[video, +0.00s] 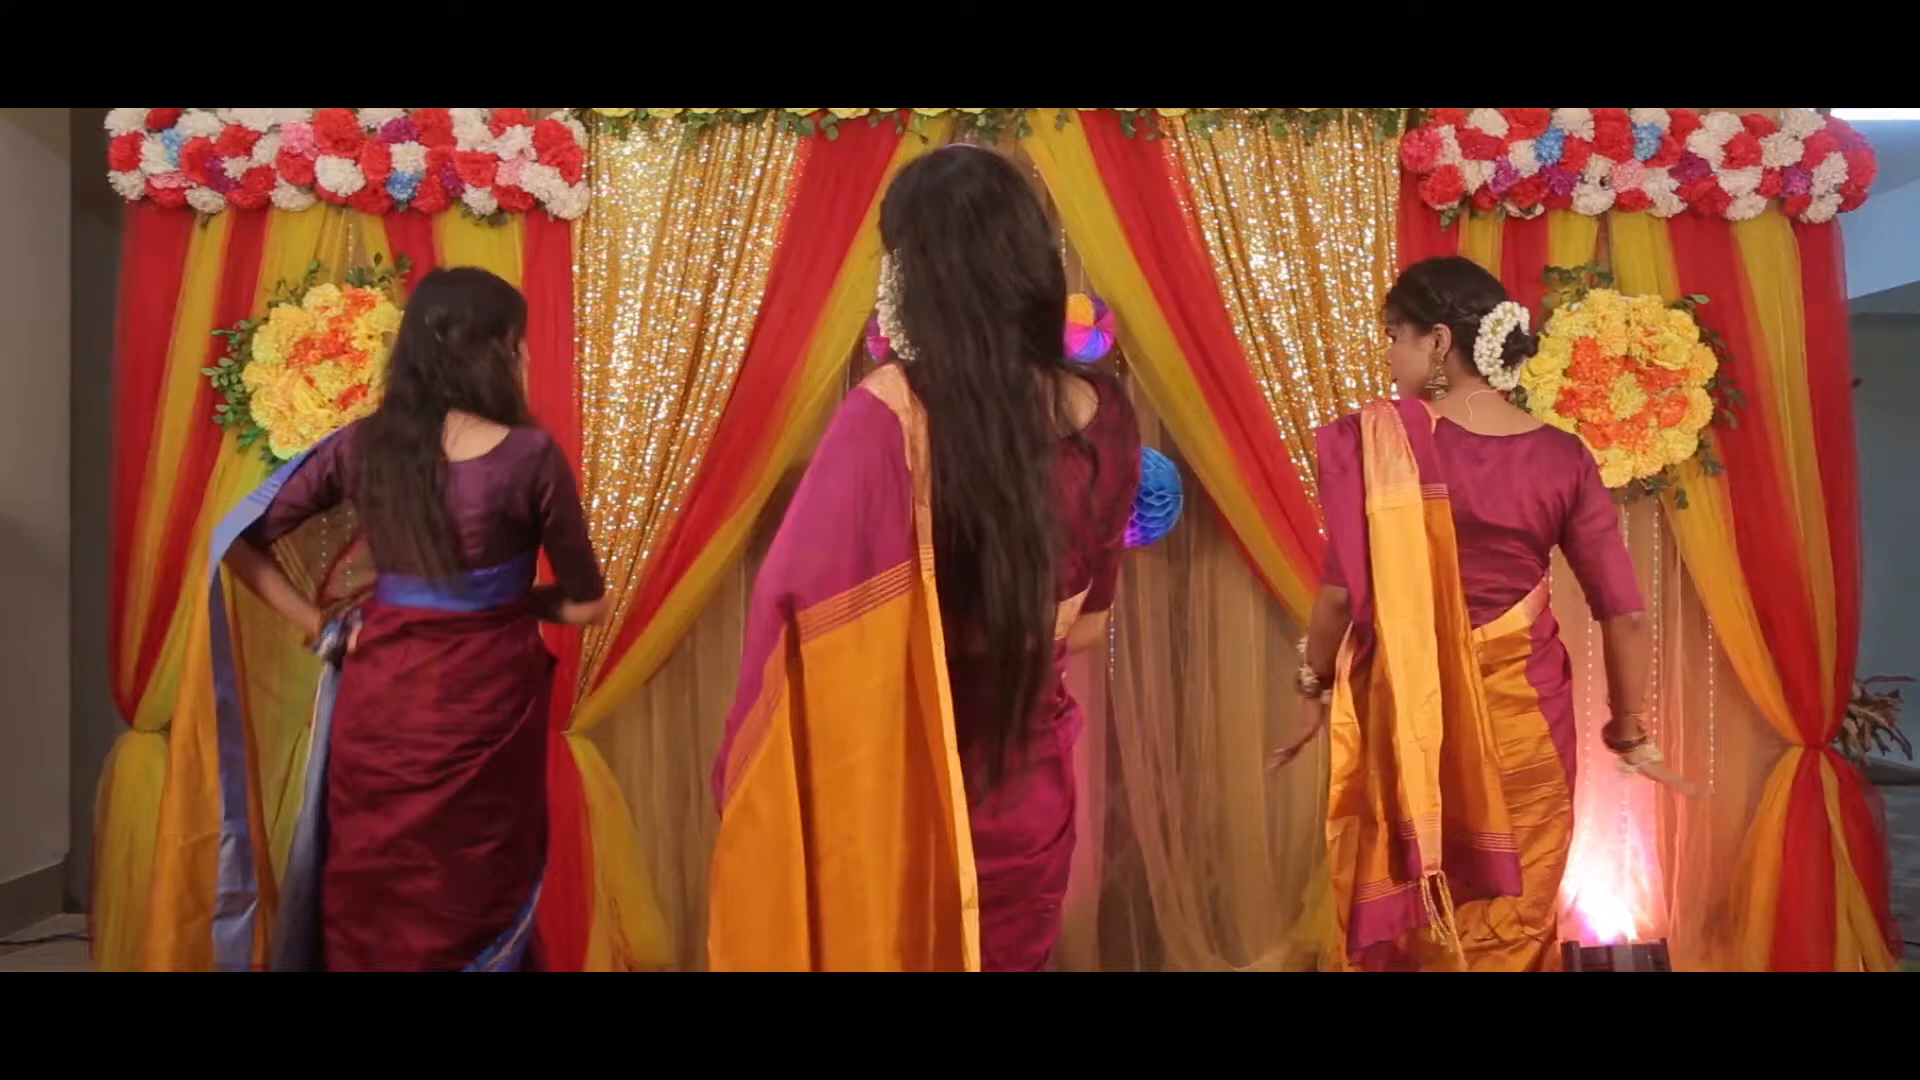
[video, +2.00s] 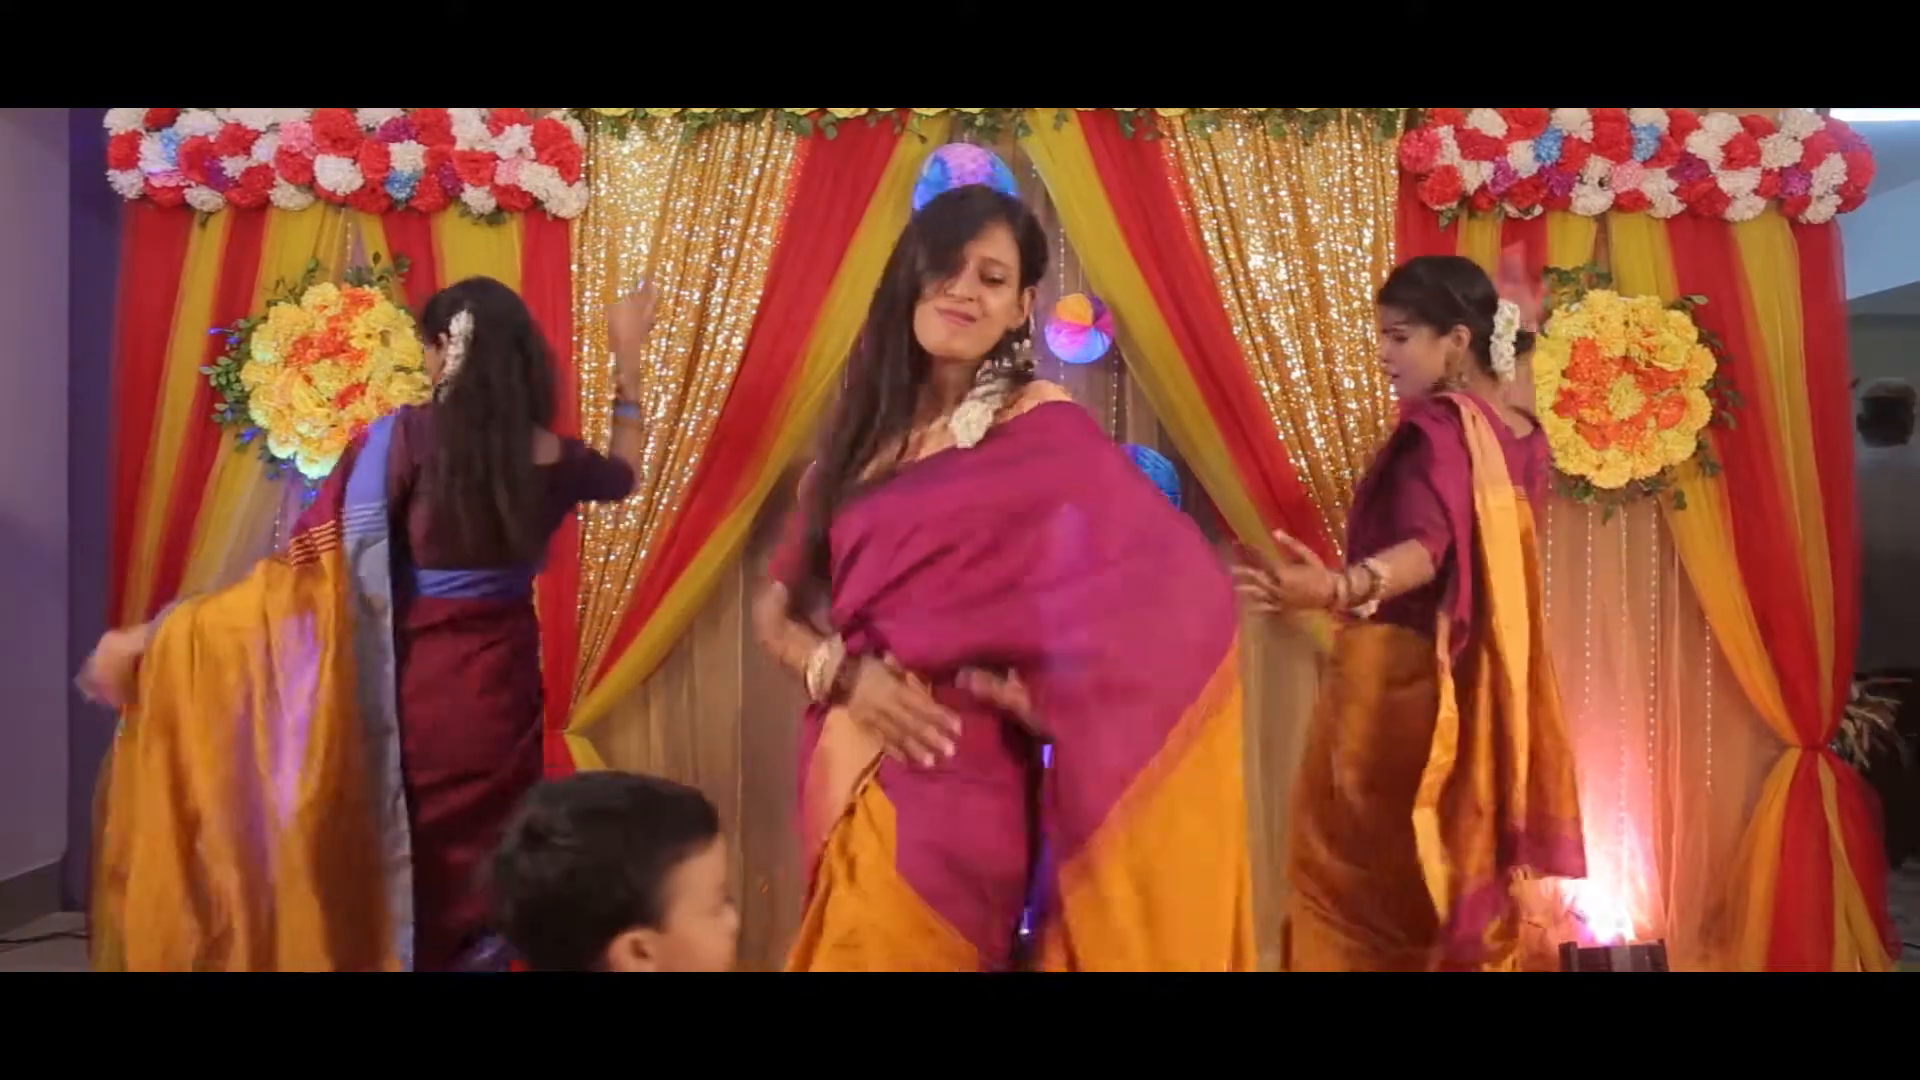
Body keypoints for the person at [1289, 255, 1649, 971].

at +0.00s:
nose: (1389, 359)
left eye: (1394, 337)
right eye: (1389, 338)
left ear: (1439, 340)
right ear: (1474, 339)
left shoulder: (1371, 442)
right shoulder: (1559, 455)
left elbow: (1343, 591)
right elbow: (1622, 608)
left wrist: (1315, 679)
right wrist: (1626, 720)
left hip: (1401, 715)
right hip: (1523, 716)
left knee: (1402, 921)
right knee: (1515, 919)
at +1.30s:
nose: (1388, 350)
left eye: (1397, 330)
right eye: (1389, 330)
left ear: (1450, 337)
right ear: (1465, 337)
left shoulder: (1377, 434)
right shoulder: (1558, 443)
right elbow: (1654, 566)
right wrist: (1691, 648)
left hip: (1394, 707)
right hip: (1516, 707)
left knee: (1384, 917)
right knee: (1502, 916)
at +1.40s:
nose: (1385, 359)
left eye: (1394, 340)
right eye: (1386, 340)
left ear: (1445, 346)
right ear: (1462, 346)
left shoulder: (1375, 441)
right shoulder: (1548, 457)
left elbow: (1326, 578)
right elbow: (1650, 571)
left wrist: (1245, 676)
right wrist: (1699, 598)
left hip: (1392, 717)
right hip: (1514, 714)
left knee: (1378, 924)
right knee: (1501, 926)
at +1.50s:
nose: (1382, 346)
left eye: (1391, 327)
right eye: (1383, 327)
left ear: (1444, 332)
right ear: (1460, 331)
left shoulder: (1393, 427)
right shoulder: (1553, 438)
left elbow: (1338, 545)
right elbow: (1642, 512)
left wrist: (1253, 620)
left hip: (1397, 678)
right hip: (1502, 677)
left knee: (1387, 874)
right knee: (1491, 879)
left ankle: (1395, 960)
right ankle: (1484, 959)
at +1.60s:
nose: (1382, 344)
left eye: (1391, 325)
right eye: (1382, 326)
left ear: (1446, 330)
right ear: (1457, 330)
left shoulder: (1415, 425)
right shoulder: (1550, 426)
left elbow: (1361, 538)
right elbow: (1625, 451)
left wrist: (1263, 594)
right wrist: (1644, 371)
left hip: (1391, 664)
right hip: (1493, 665)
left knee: (1353, 843)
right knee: (1473, 845)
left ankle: (1367, 958)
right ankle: (1468, 961)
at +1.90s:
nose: (1385, 360)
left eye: (1399, 342)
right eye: (1386, 341)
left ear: (1456, 347)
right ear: (1463, 351)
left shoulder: (1431, 433)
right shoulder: (1521, 437)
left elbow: (1412, 556)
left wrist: (1309, 602)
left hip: (1391, 677)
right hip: (1476, 679)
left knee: (1349, 877)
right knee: (1460, 869)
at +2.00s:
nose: (1384, 354)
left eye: (1400, 336)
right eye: (1382, 335)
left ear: (1458, 340)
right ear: (1458, 345)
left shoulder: (1436, 427)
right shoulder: (1515, 432)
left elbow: (1427, 547)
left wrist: (1334, 585)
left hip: (1395, 667)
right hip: (1466, 670)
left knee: (1349, 864)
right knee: (1448, 856)